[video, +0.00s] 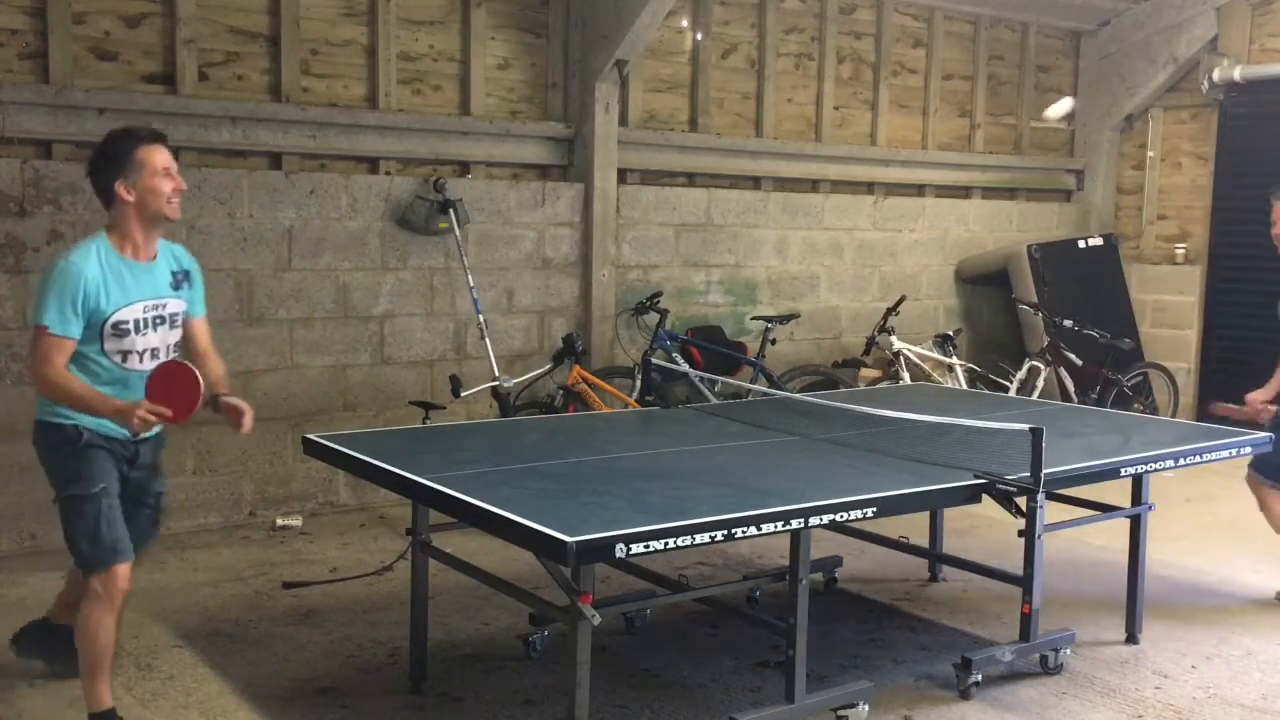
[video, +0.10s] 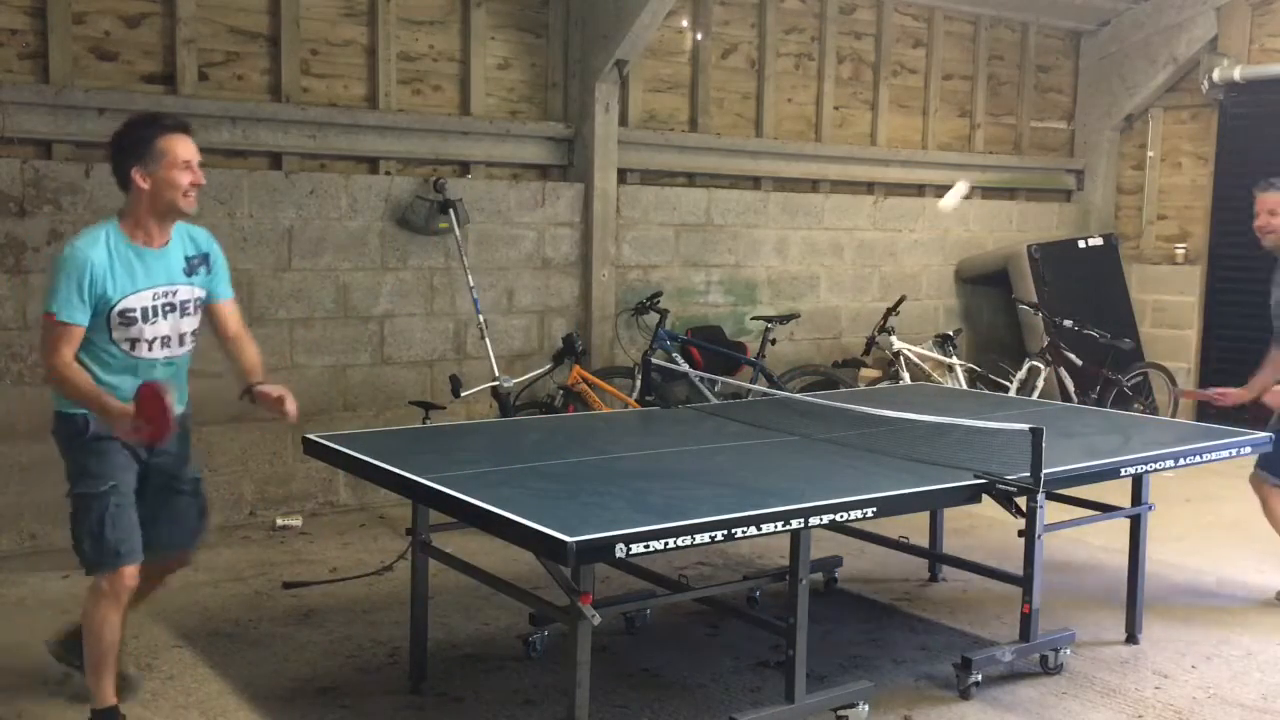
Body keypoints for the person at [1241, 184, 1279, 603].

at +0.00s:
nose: (1274, 231)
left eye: (1278, 222)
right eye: (1273, 222)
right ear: (1269, 222)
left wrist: (1267, 397)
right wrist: (1268, 391)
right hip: (1278, 415)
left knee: (1263, 478)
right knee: (1261, 477)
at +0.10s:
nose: (1262, 223)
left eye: (1271, 214)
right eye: (1257, 215)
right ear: (1253, 219)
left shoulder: (1276, 272)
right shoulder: (1276, 273)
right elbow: (1277, 344)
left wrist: (1274, 389)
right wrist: (1249, 390)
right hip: (1278, 409)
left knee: (1267, 481)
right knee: (1265, 479)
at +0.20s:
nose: (1250, 220)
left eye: (1260, 211)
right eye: (1245, 211)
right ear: (1241, 215)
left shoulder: (1273, 266)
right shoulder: (1262, 266)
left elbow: (1257, 330)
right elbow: (1258, 329)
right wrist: (1215, 380)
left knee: (1269, 481)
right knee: (1268, 480)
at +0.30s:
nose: (1241, 218)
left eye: (1252, 209)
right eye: (1235, 210)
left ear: (1275, 211)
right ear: (1230, 215)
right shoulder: (1245, 264)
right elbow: (1238, 324)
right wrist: (1197, 372)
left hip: (1277, 390)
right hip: (1276, 388)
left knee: (1263, 467)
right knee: (1262, 468)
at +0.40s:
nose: (1231, 216)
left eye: (1242, 207)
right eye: (1226, 208)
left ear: (1269, 210)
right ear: (1221, 211)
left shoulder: (1276, 249)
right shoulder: (1228, 262)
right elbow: (1219, 324)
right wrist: (1182, 373)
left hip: (1277, 380)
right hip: (1269, 378)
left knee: (1266, 472)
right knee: (1240, 455)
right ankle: (1246, 534)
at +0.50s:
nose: (1226, 213)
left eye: (1236, 204)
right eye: (1220, 205)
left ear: (1262, 207)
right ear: (1215, 209)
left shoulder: (1276, 247)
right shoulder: (1216, 262)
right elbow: (1205, 324)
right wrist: (1179, 372)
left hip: (1278, 381)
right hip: (1248, 379)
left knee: (1263, 476)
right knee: (1218, 459)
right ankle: (1210, 538)